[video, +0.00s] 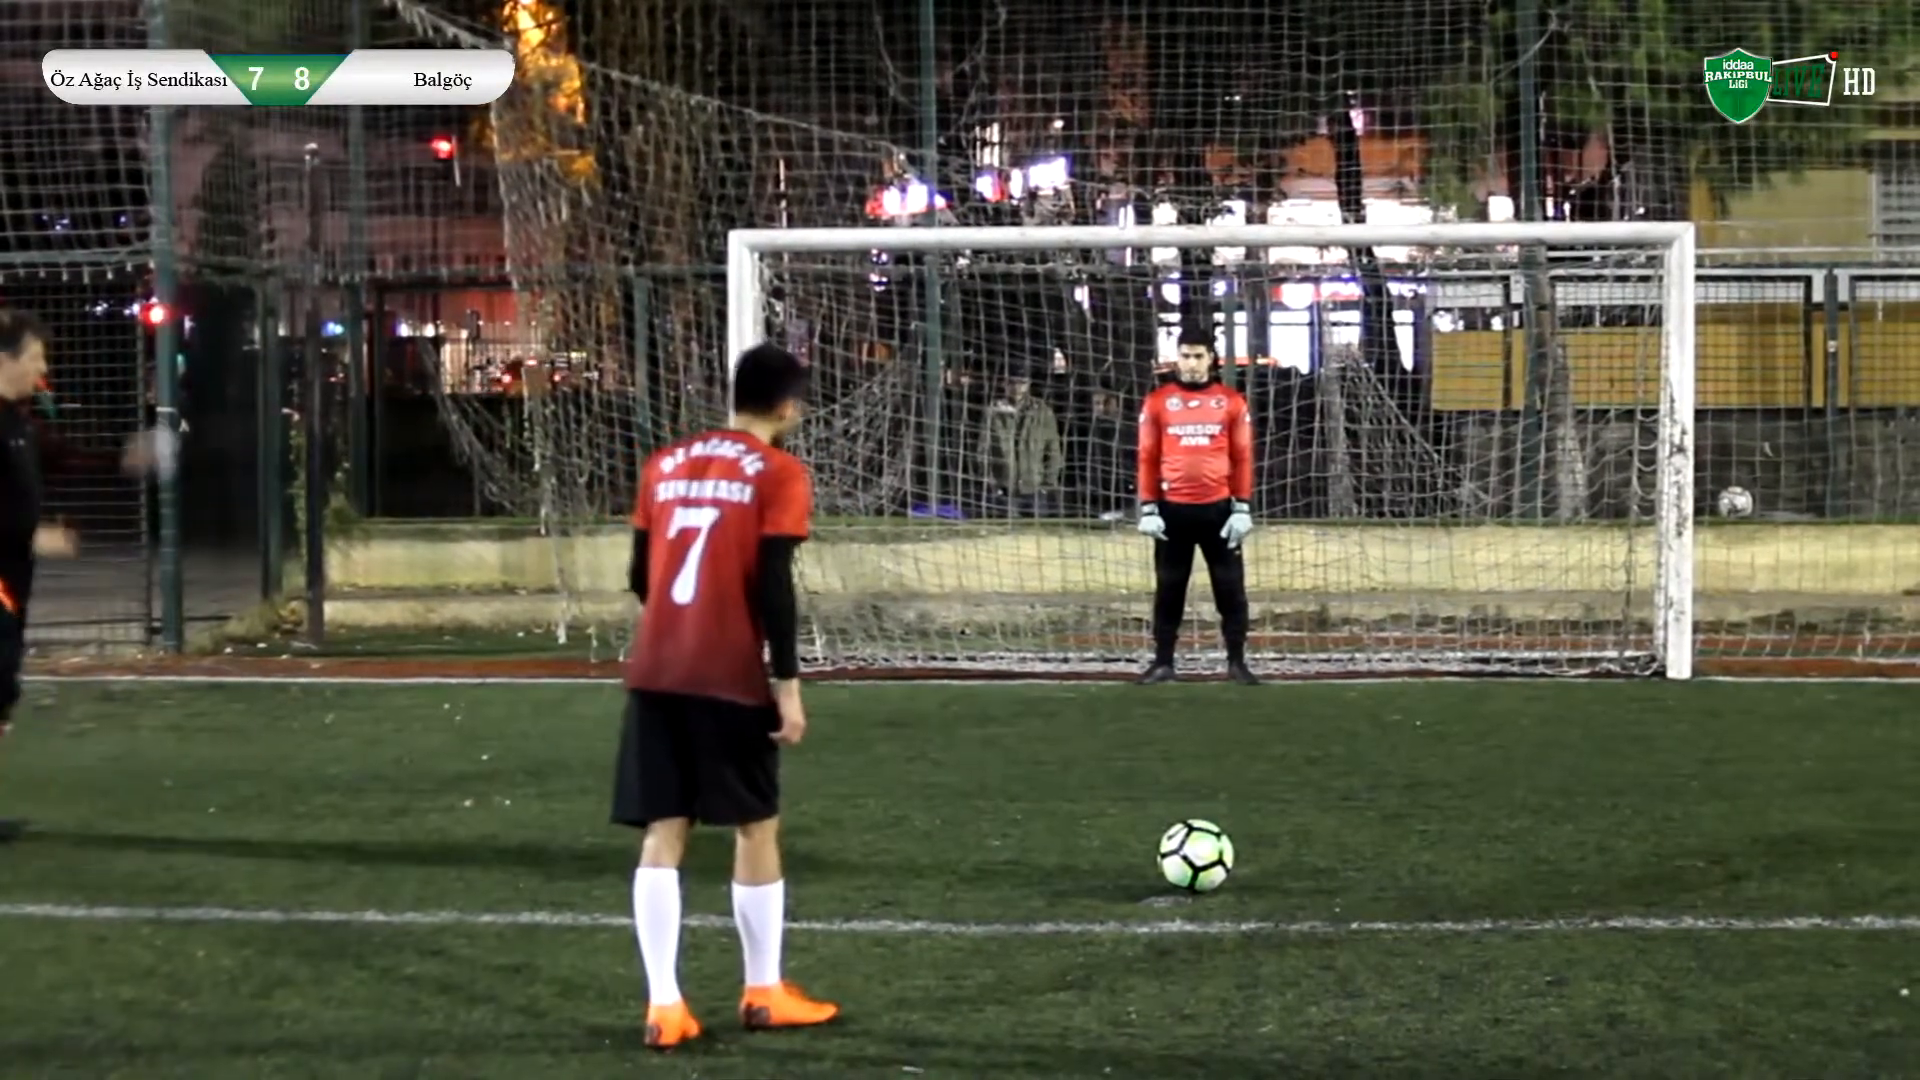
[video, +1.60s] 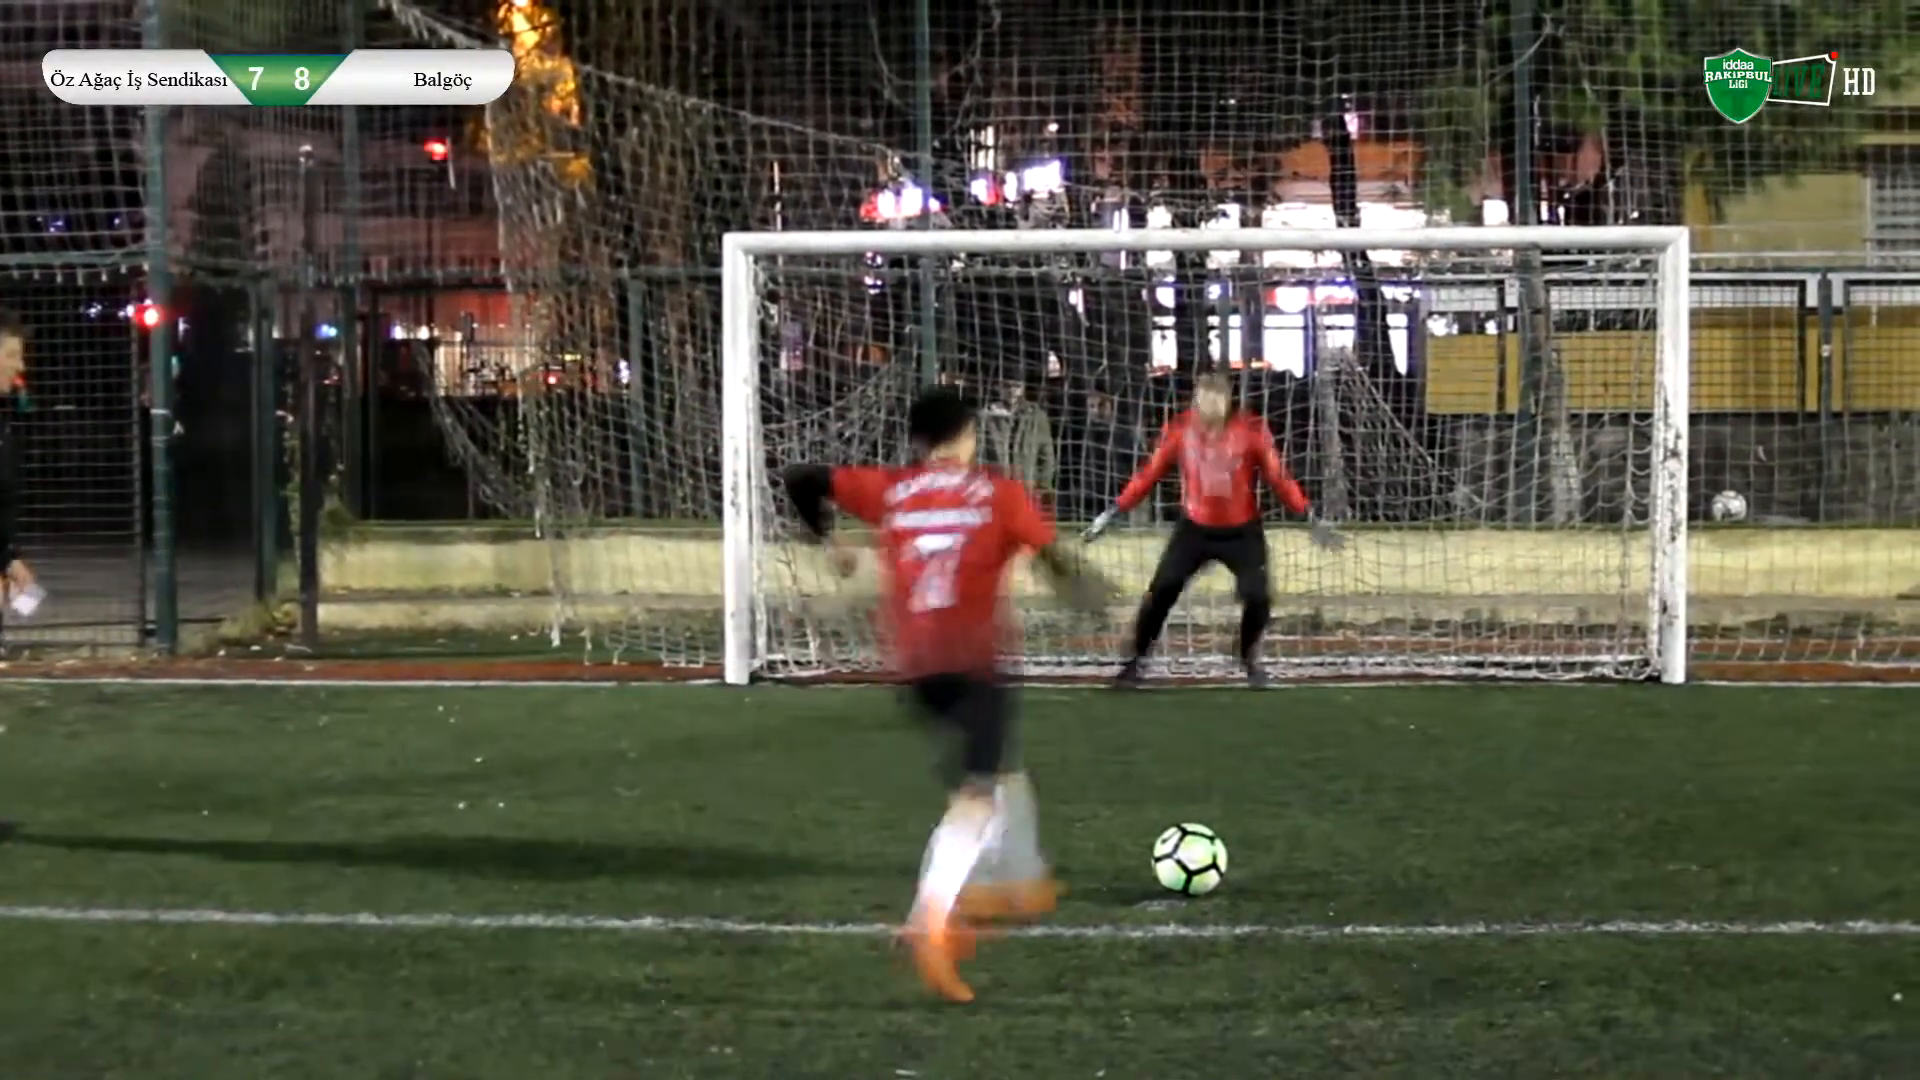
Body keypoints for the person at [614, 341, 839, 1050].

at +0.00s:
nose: (799, 415)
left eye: (797, 403)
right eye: (798, 404)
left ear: (735, 396)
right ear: (785, 406)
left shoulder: (666, 462)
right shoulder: (781, 473)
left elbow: (641, 577)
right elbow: (772, 578)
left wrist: (693, 625)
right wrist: (788, 679)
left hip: (655, 670)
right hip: (732, 675)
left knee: (663, 828)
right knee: (757, 826)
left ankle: (663, 1002)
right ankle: (765, 987)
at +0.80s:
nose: (849, 449)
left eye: (847, 439)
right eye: (848, 438)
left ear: (784, 431)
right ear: (837, 436)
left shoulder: (726, 488)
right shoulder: (831, 491)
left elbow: (687, 591)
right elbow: (803, 574)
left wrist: (731, 638)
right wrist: (803, 676)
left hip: (706, 686)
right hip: (775, 687)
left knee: (693, 831)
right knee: (846, 792)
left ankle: (664, 1002)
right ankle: (840, 957)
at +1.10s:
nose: (905, 485)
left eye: (903, 475)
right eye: (904, 474)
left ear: (841, 472)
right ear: (893, 472)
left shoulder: (792, 519)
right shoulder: (886, 517)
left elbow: (783, 602)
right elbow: (866, 580)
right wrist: (862, 668)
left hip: (768, 694)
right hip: (835, 690)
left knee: (736, 827)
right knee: (913, 797)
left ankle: (681, 979)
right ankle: (895, 958)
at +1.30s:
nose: (944, 489)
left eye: (942, 480)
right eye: (942, 480)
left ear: (883, 480)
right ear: (932, 481)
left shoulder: (850, 522)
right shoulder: (940, 526)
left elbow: (813, 567)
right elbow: (946, 593)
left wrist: (864, 606)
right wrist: (968, 686)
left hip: (830, 697)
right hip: (896, 698)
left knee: (834, 846)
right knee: (950, 822)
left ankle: (747, 934)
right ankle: (900, 965)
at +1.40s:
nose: (960, 480)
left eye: (958, 470)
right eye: (957, 470)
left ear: (899, 471)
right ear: (949, 472)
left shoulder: (860, 518)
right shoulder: (960, 525)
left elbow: (821, 538)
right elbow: (1006, 607)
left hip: (860, 695)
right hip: (919, 696)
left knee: (920, 827)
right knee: (964, 826)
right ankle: (905, 960)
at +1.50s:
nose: (970, 461)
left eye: (965, 452)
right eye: (968, 452)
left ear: (912, 455)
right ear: (959, 453)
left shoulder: (874, 499)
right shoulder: (984, 510)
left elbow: (804, 492)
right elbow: (1033, 592)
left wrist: (843, 545)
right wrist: (1083, 642)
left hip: (881, 678)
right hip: (942, 678)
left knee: (946, 800)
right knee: (971, 819)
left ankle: (907, 898)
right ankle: (912, 947)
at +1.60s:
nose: (974, 441)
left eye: (968, 432)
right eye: (972, 431)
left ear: (918, 438)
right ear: (967, 436)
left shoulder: (894, 488)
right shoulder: (998, 492)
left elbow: (803, 479)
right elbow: (1057, 560)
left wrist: (829, 541)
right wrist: (1100, 598)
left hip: (917, 663)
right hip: (973, 660)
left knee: (1002, 765)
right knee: (978, 793)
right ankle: (930, 920)